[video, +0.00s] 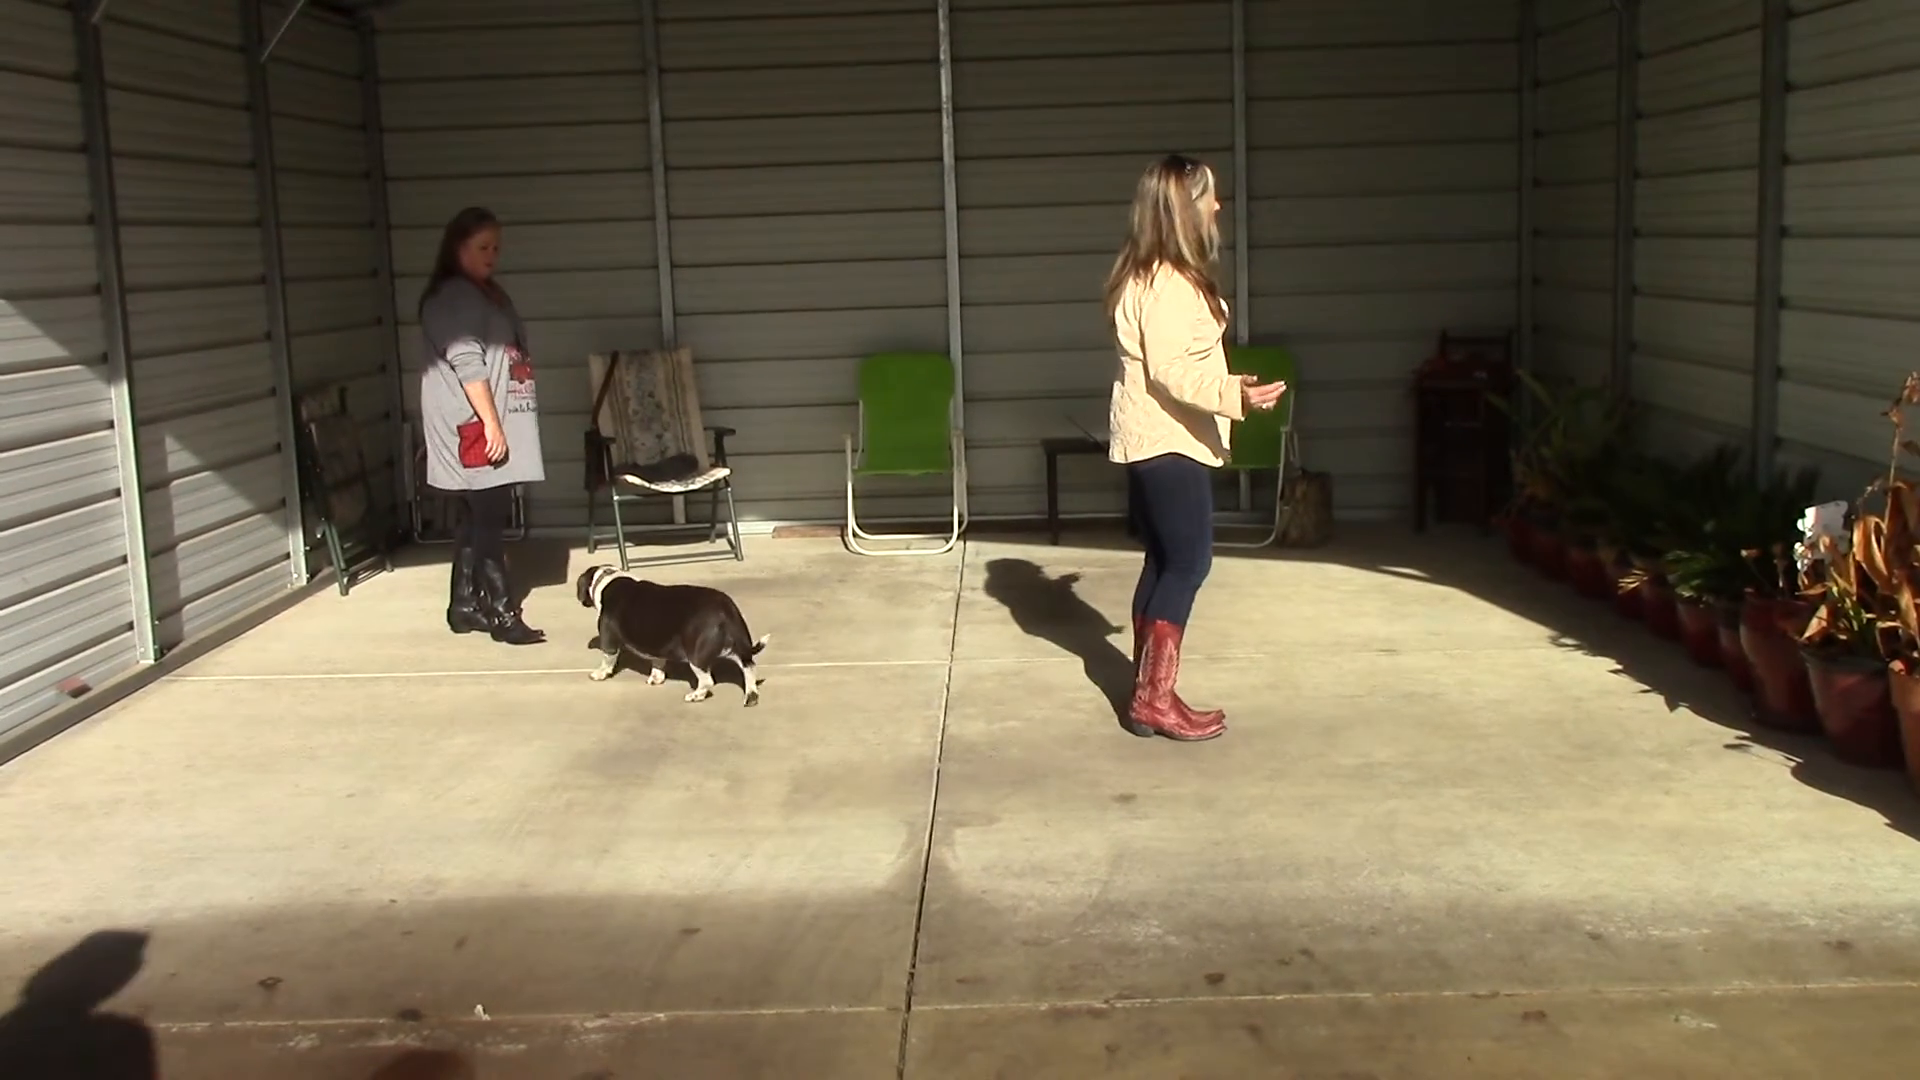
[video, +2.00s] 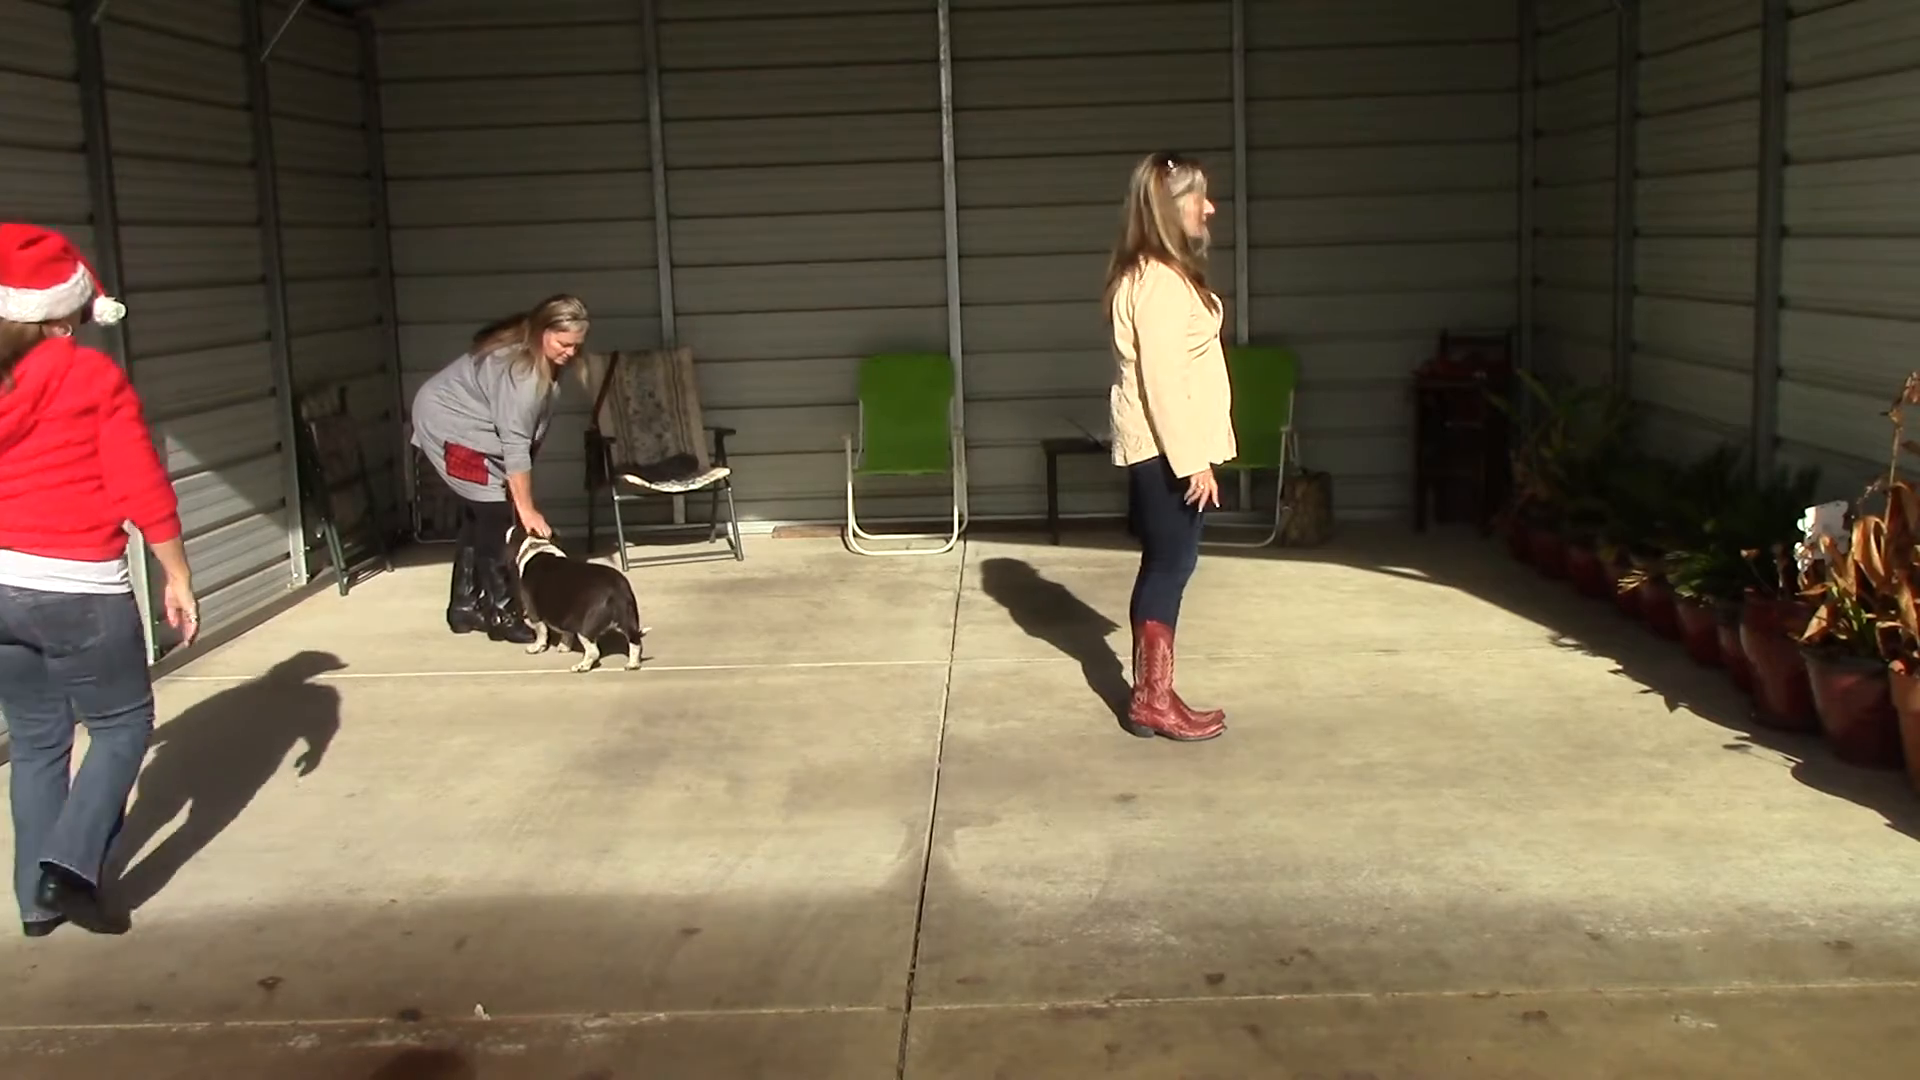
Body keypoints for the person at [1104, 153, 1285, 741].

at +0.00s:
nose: (1219, 210)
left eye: (1216, 200)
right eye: (1211, 201)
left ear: (1164, 209)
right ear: (1186, 210)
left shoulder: (1148, 276)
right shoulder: (1167, 282)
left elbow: (1172, 366)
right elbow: (1174, 371)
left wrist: (1230, 384)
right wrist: (1236, 396)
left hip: (1150, 442)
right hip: (1171, 443)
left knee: (1164, 559)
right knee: (1188, 562)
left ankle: (1149, 691)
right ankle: (1156, 698)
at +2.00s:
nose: (1208, 207)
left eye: (1207, 196)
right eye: (1197, 197)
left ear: (1174, 208)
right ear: (1166, 206)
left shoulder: (1165, 275)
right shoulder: (1156, 279)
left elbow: (1168, 380)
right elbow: (1163, 383)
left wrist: (1200, 455)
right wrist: (1193, 462)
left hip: (1161, 444)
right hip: (1158, 446)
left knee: (1164, 558)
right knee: (1173, 558)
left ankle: (1154, 693)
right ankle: (1153, 696)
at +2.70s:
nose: (1174, 245)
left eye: (1184, 234)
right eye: (1164, 233)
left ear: (1197, 231)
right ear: (1142, 227)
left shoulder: (1192, 283)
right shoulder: (1125, 287)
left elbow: (1210, 366)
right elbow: (1101, 380)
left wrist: (1223, 427)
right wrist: (1099, 465)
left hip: (1183, 448)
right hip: (1146, 448)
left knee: (1165, 561)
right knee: (1163, 561)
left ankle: (1154, 695)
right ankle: (1151, 698)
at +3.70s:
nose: (1240, 210)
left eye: (1237, 199)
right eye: (1230, 201)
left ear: (1210, 211)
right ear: (1198, 213)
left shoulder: (1208, 283)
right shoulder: (1158, 291)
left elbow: (1206, 379)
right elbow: (1138, 385)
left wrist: (1219, 450)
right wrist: (1163, 464)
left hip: (1187, 453)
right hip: (1156, 455)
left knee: (1170, 562)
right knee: (1158, 563)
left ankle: (1158, 694)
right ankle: (1148, 698)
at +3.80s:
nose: (1239, 207)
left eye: (1235, 197)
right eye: (1229, 198)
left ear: (1205, 208)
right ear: (1200, 210)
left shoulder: (1202, 284)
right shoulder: (1162, 289)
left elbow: (1199, 378)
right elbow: (1156, 384)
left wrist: (1225, 436)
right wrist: (1206, 447)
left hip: (1181, 450)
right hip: (1154, 449)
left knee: (1169, 562)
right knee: (1159, 563)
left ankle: (1158, 694)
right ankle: (1149, 699)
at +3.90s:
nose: (1234, 205)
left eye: (1231, 195)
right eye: (1225, 196)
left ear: (1189, 208)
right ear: (1197, 208)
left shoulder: (1189, 281)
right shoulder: (1169, 286)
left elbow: (1205, 366)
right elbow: (1189, 372)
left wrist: (1272, 383)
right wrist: (1273, 388)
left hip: (1175, 443)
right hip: (1162, 445)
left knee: (1165, 562)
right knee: (1161, 563)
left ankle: (1156, 693)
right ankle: (1152, 697)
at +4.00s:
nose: (1232, 209)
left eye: (1229, 198)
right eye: (1222, 199)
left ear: (1184, 208)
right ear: (1192, 207)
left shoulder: (1181, 276)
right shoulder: (1169, 283)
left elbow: (1225, 348)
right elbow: (1225, 354)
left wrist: (1301, 324)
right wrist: (1305, 327)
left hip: (1174, 442)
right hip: (1164, 443)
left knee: (1164, 564)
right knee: (1162, 564)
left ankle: (1156, 695)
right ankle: (1150, 699)